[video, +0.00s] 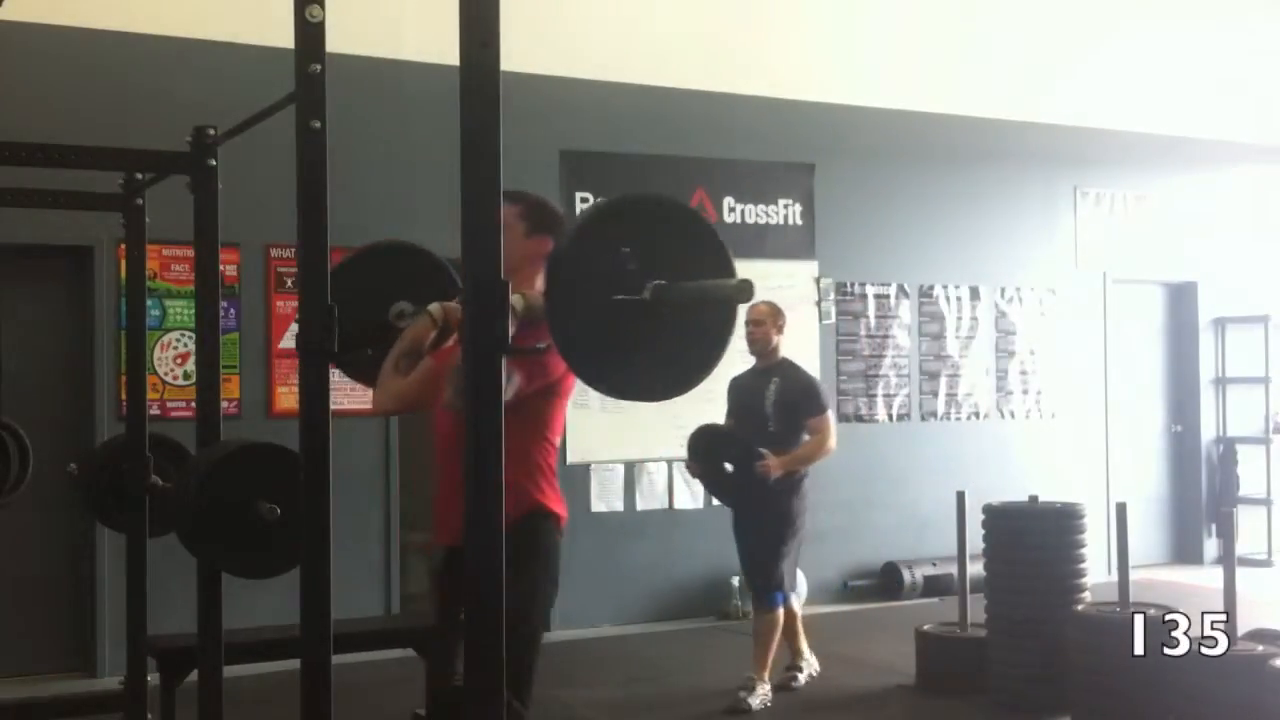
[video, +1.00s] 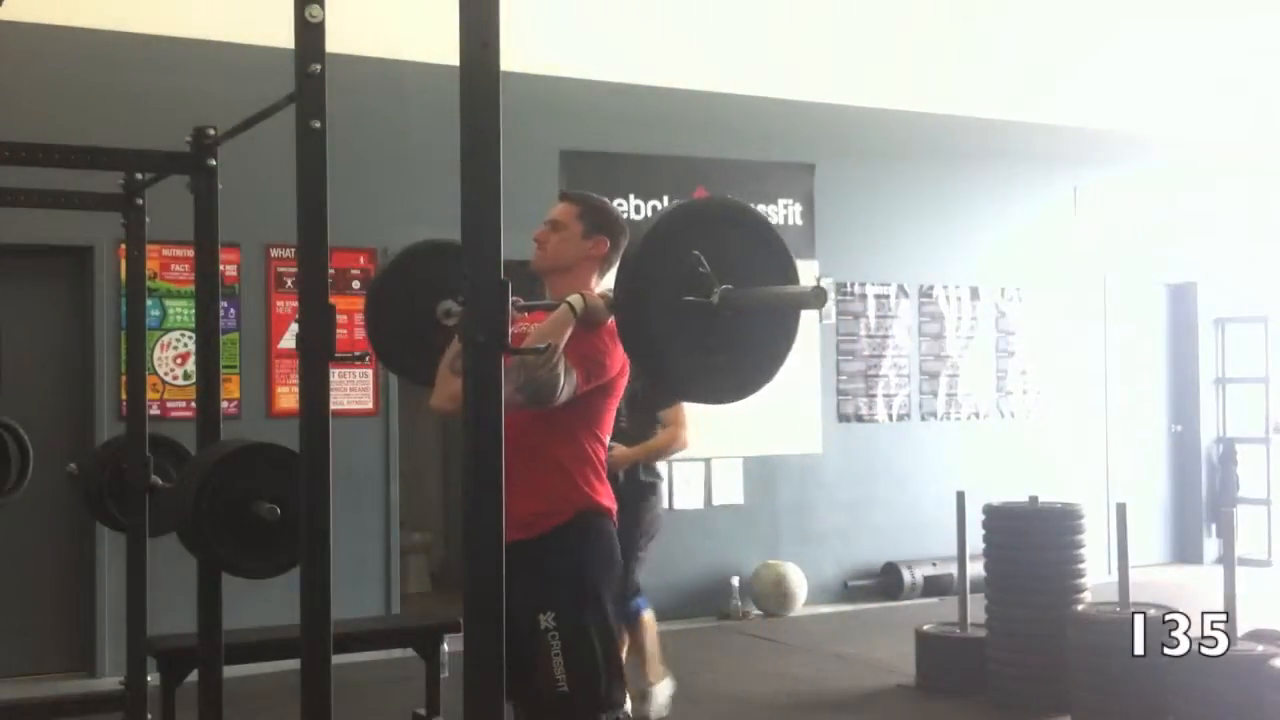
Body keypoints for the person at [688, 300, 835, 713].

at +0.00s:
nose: (751, 331)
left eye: (759, 325)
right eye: (748, 326)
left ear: (780, 330)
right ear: (745, 332)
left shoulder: (800, 382)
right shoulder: (739, 385)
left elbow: (825, 440)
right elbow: (732, 439)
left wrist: (783, 463)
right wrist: (706, 462)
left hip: (784, 491)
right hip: (746, 491)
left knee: (769, 584)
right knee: (771, 581)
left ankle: (760, 682)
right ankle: (803, 656)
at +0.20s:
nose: (738, 331)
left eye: (745, 323)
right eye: (733, 324)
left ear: (761, 322)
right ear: (723, 327)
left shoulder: (780, 376)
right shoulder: (723, 375)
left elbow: (799, 438)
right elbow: (726, 437)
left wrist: (751, 459)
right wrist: (691, 455)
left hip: (764, 492)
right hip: (726, 491)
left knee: (757, 589)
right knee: (712, 580)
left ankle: (759, 682)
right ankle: (773, 629)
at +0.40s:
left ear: (739, 329)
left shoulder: (755, 375)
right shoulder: (703, 375)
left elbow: (769, 437)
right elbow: (705, 435)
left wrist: (719, 458)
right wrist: (674, 460)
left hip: (741, 492)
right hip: (701, 491)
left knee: (742, 583)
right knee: (678, 577)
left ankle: (758, 681)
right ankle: (697, 673)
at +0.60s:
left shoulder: (721, 383)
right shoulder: (669, 391)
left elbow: (737, 443)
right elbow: (677, 448)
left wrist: (683, 464)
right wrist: (645, 464)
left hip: (709, 502)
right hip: (667, 503)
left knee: (726, 593)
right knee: (648, 596)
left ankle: (756, 680)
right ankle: (623, 689)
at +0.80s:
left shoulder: (676, 370)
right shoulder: (606, 373)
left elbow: (701, 435)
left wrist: (650, 452)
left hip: (661, 498)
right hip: (615, 499)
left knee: (669, 592)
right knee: (618, 602)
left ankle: (734, 660)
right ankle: (618, 695)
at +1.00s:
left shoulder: (653, 373)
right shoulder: (590, 373)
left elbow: (677, 434)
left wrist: (629, 454)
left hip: (637, 489)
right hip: (600, 489)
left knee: (627, 586)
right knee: (610, 591)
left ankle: (655, 679)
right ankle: (614, 686)